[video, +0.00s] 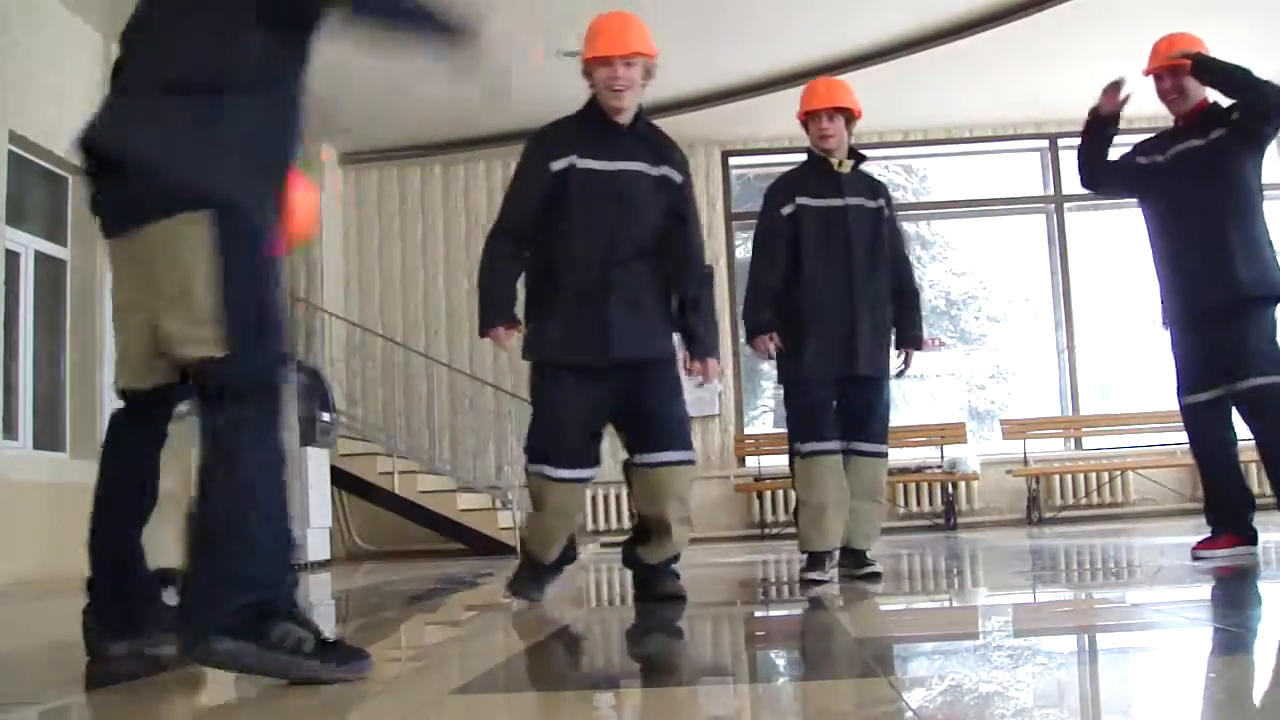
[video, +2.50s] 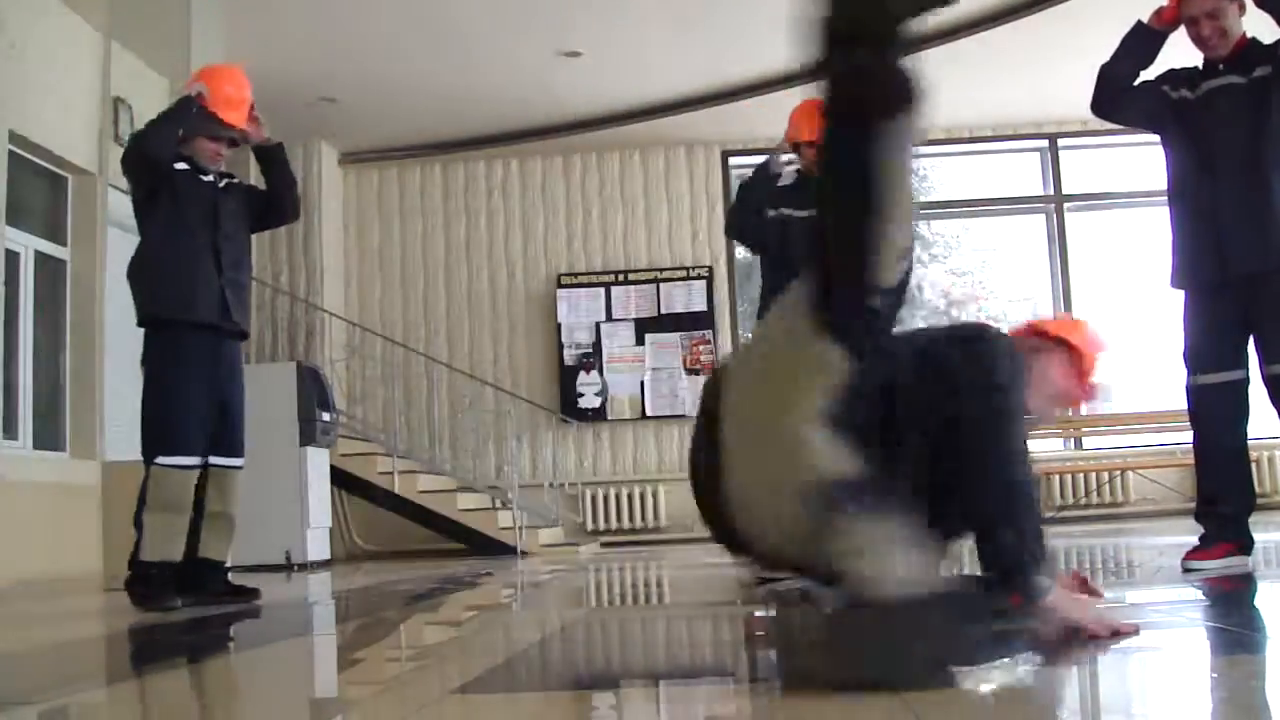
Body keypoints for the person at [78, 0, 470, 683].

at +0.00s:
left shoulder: (160, 17)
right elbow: (366, 4)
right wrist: (445, 28)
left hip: (127, 162)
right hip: (207, 165)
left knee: (145, 404)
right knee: (246, 393)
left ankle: (119, 624)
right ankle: (239, 613)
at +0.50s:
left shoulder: (100, 37)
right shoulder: (47, 17)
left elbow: (117, 167)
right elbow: (81, 117)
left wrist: (190, 135)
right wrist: (178, 93)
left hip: (106, 268)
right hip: (35, 264)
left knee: (131, 419)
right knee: (27, 439)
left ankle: (116, 590)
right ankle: (0, 602)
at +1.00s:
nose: (105, 61)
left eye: (108, 52)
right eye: (101, 48)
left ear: (72, 41)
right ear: (68, 39)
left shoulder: (59, 102)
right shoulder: (21, 91)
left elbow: (67, 201)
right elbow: (31, 183)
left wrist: (131, 181)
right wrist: (119, 170)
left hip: (45, 306)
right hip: (21, 305)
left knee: (28, 444)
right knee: (18, 443)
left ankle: (6, 586)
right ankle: (3, 589)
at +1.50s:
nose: (142, 94)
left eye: (143, 84)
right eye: (136, 83)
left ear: (99, 84)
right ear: (107, 81)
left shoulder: (69, 131)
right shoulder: (90, 131)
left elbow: (114, 232)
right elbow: (116, 212)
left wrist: (181, 217)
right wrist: (191, 181)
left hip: (46, 326)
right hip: (81, 328)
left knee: (28, 454)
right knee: (99, 457)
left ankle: (3, 585)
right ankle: (141, 584)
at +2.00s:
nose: (205, 122)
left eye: (208, 115)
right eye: (200, 111)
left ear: (190, 114)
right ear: (175, 105)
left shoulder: (178, 159)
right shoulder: (139, 145)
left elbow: (226, 224)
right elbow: (175, 186)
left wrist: (268, 174)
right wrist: (228, 147)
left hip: (175, 321)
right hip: (148, 319)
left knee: (185, 450)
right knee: (149, 453)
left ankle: (172, 577)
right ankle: (137, 585)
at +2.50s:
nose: (223, 149)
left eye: (229, 142)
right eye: (216, 138)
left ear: (234, 147)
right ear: (186, 133)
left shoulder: (235, 194)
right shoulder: (157, 175)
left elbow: (287, 208)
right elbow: (143, 148)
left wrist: (266, 146)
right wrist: (190, 103)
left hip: (226, 335)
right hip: (175, 329)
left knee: (225, 456)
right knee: (178, 453)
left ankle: (207, 573)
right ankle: (154, 573)